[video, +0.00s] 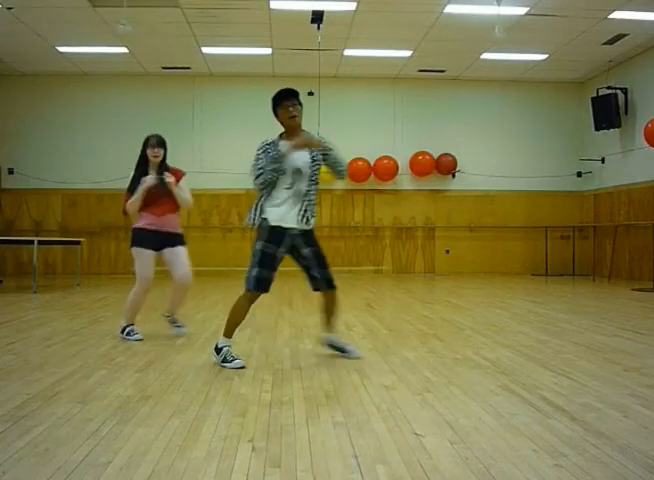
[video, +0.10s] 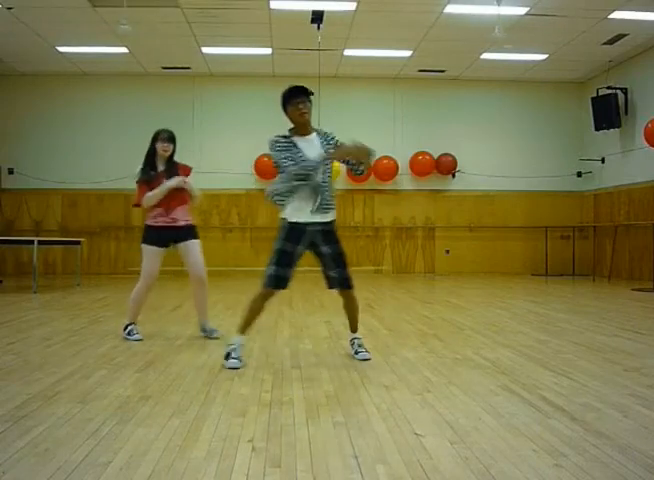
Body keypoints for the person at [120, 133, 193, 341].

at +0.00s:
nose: (155, 151)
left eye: (159, 147)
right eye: (151, 147)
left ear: (165, 151)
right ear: (145, 151)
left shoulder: (176, 175)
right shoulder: (139, 177)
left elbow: (187, 204)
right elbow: (130, 209)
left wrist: (174, 187)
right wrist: (143, 188)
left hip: (171, 231)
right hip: (145, 230)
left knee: (184, 277)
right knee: (144, 280)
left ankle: (171, 314)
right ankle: (128, 325)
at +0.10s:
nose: (166, 146)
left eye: (169, 142)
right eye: (162, 142)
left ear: (174, 146)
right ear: (154, 145)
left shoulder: (182, 170)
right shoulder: (146, 174)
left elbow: (195, 200)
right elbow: (146, 202)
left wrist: (188, 186)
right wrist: (169, 185)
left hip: (183, 226)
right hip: (156, 228)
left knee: (199, 275)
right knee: (148, 278)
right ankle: (130, 324)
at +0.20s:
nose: (175, 146)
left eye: (179, 143)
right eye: (172, 142)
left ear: (184, 147)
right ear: (164, 145)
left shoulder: (191, 171)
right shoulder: (155, 176)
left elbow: (206, 198)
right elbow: (160, 204)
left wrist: (200, 194)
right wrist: (190, 196)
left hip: (199, 225)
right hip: (172, 228)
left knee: (212, 275)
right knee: (160, 278)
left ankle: (217, 326)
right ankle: (137, 323)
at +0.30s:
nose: (186, 146)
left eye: (190, 142)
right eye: (182, 142)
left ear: (195, 146)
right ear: (175, 145)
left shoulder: (202, 172)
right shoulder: (166, 176)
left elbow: (216, 197)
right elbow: (163, 207)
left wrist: (216, 212)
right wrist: (196, 216)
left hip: (209, 226)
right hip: (183, 230)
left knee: (217, 276)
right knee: (181, 279)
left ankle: (217, 327)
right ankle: (152, 320)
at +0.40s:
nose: (195, 144)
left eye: (198, 140)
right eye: (190, 141)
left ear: (203, 143)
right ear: (183, 144)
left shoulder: (210, 170)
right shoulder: (173, 172)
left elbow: (225, 197)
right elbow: (163, 205)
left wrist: (214, 216)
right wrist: (181, 219)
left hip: (213, 225)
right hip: (188, 228)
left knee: (220, 277)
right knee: (198, 278)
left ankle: (217, 326)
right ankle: (179, 324)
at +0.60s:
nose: (208, 151)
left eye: (212, 147)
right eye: (204, 147)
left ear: (216, 149)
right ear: (197, 150)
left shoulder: (223, 172)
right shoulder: (188, 175)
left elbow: (232, 200)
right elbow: (173, 208)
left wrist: (209, 189)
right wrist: (178, 192)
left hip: (222, 228)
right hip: (197, 229)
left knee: (236, 277)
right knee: (203, 279)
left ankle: (225, 325)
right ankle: (191, 328)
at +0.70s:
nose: (216, 148)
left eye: (219, 144)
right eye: (212, 144)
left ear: (224, 147)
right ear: (204, 147)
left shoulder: (232, 170)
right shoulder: (197, 175)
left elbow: (244, 197)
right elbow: (186, 206)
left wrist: (230, 178)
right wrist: (196, 183)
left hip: (231, 227)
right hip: (205, 228)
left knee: (249, 276)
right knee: (205, 280)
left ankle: (251, 323)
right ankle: (192, 328)